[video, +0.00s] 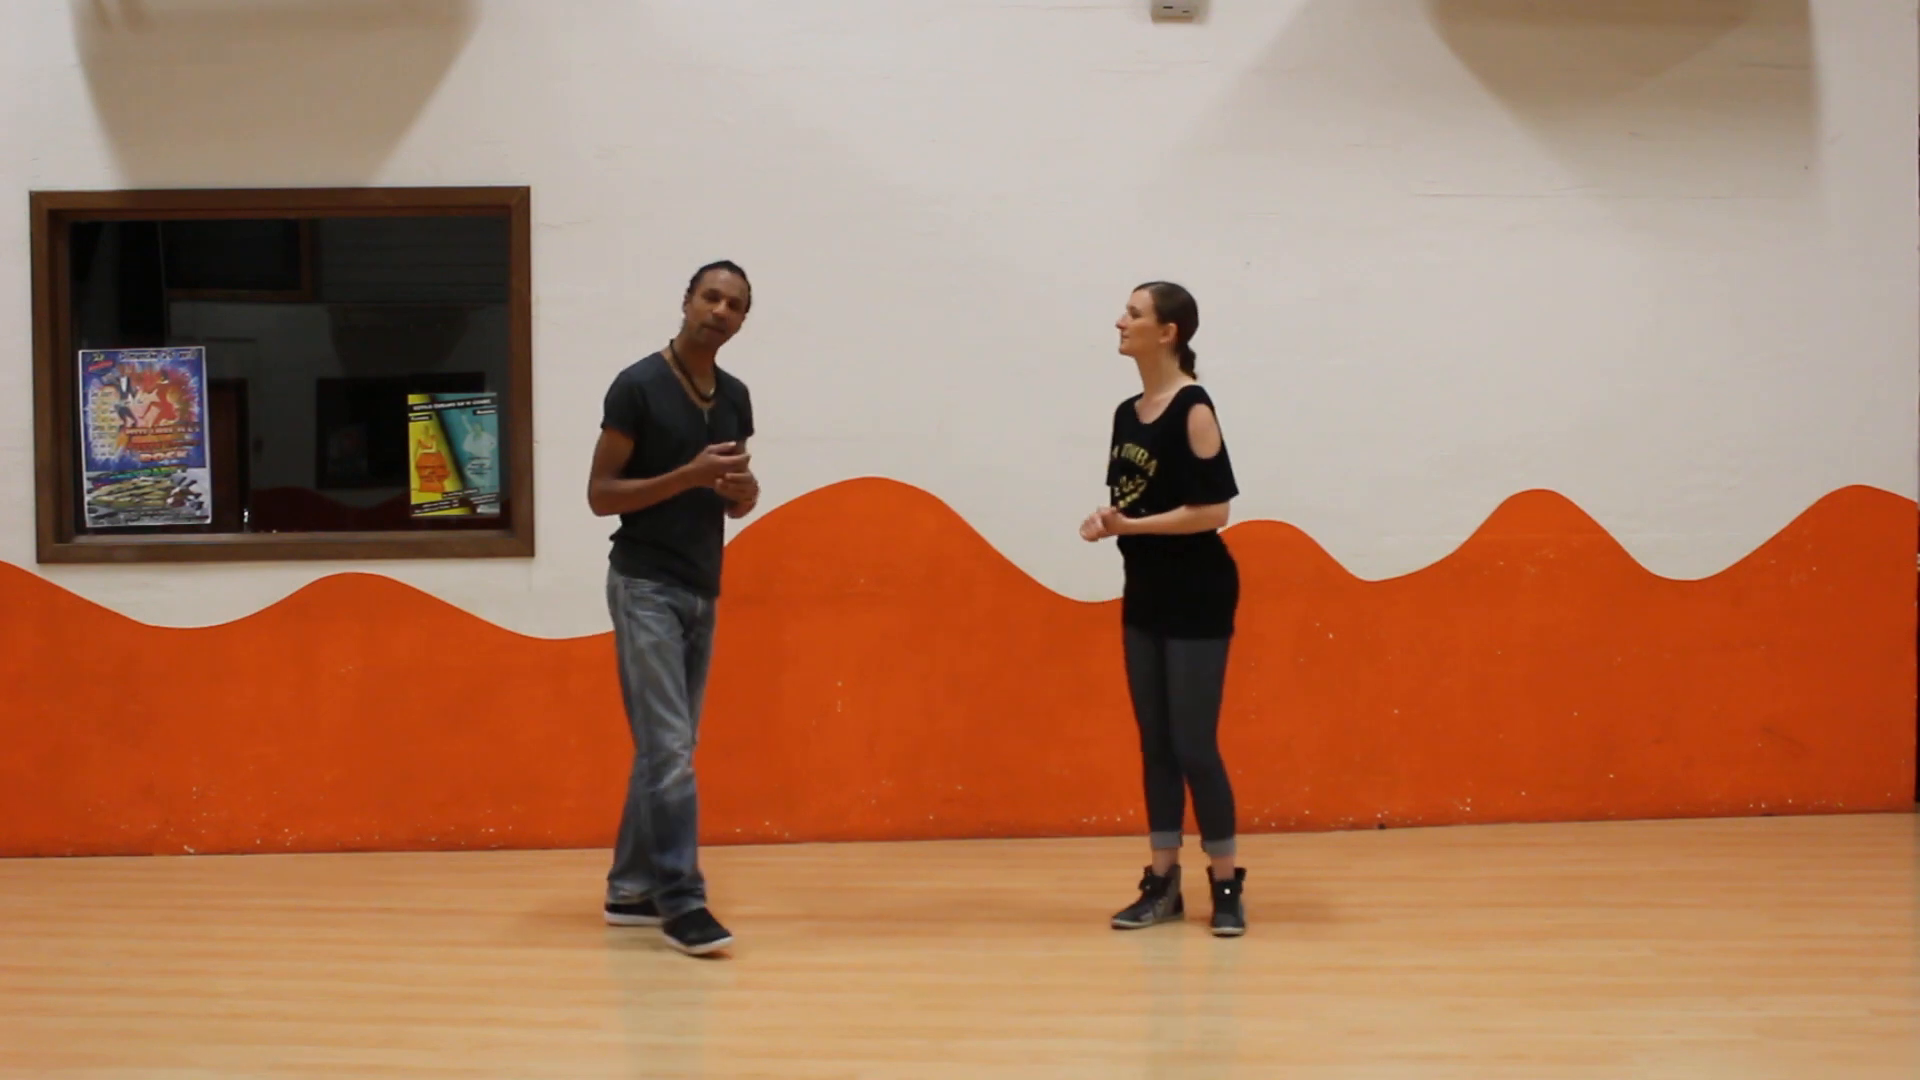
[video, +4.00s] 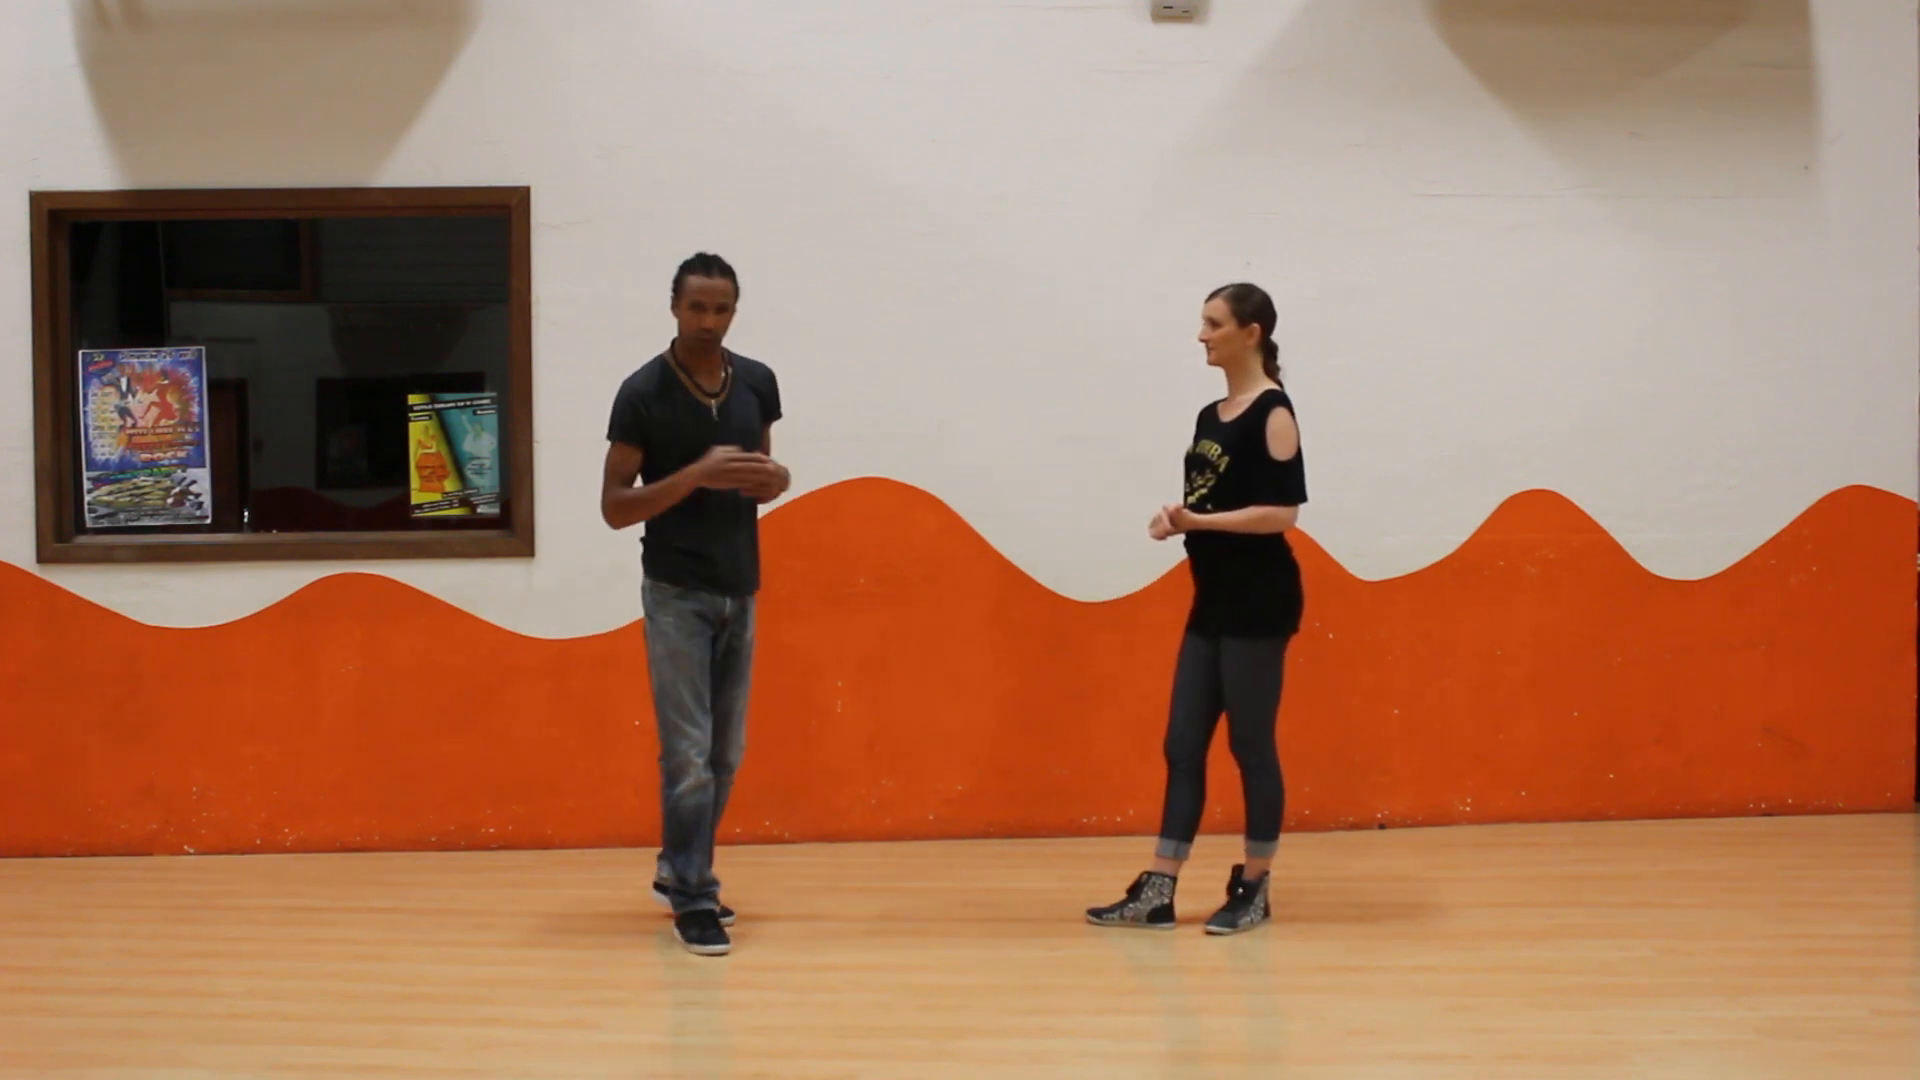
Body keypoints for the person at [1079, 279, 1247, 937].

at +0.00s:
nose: (1121, 323)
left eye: (1134, 316)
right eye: (1124, 313)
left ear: (1171, 331)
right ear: (1151, 330)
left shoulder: (1194, 410)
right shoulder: (1127, 413)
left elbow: (1215, 509)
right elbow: (1132, 499)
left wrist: (1130, 525)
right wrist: (1108, 516)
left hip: (1199, 598)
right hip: (1144, 596)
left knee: (1194, 744)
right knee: (1156, 743)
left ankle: (1226, 885)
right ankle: (1163, 882)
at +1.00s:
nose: (1186, 339)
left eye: (1197, 328)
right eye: (1184, 327)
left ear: (1237, 331)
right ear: (1201, 333)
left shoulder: (1265, 412)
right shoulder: (1194, 413)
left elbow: (1279, 512)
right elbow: (1202, 502)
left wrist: (1194, 523)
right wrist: (1173, 519)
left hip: (1258, 604)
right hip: (1207, 600)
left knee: (1254, 744)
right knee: (1178, 743)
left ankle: (1253, 889)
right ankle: (1157, 890)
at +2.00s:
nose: (1195, 336)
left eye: (1206, 325)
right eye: (1195, 325)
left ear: (1247, 330)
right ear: (1230, 331)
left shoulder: (1269, 413)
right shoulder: (1205, 412)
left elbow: (1276, 515)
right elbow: (1213, 504)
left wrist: (1192, 521)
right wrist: (1175, 518)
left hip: (1255, 604)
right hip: (1207, 600)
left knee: (1254, 745)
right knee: (1180, 745)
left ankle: (1253, 889)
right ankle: (1158, 890)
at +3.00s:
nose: (1199, 334)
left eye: (1211, 324)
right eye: (1201, 323)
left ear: (1250, 331)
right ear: (1237, 332)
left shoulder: (1272, 413)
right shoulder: (1210, 412)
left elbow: (1278, 513)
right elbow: (1213, 502)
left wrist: (1194, 519)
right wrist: (1176, 515)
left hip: (1257, 604)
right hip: (1210, 599)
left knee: (1252, 745)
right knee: (1182, 745)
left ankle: (1253, 889)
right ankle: (1158, 890)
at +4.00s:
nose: (1202, 336)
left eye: (1214, 325)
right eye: (1203, 324)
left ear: (1253, 333)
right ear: (1237, 334)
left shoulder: (1275, 415)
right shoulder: (1211, 414)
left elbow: (1282, 514)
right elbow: (1216, 504)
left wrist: (1198, 521)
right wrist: (1179, 516)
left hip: (1259, 604)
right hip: (1212, 599)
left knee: (1253, 745)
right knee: (1183, 746)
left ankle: (1252, 890)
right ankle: (1158, 889)